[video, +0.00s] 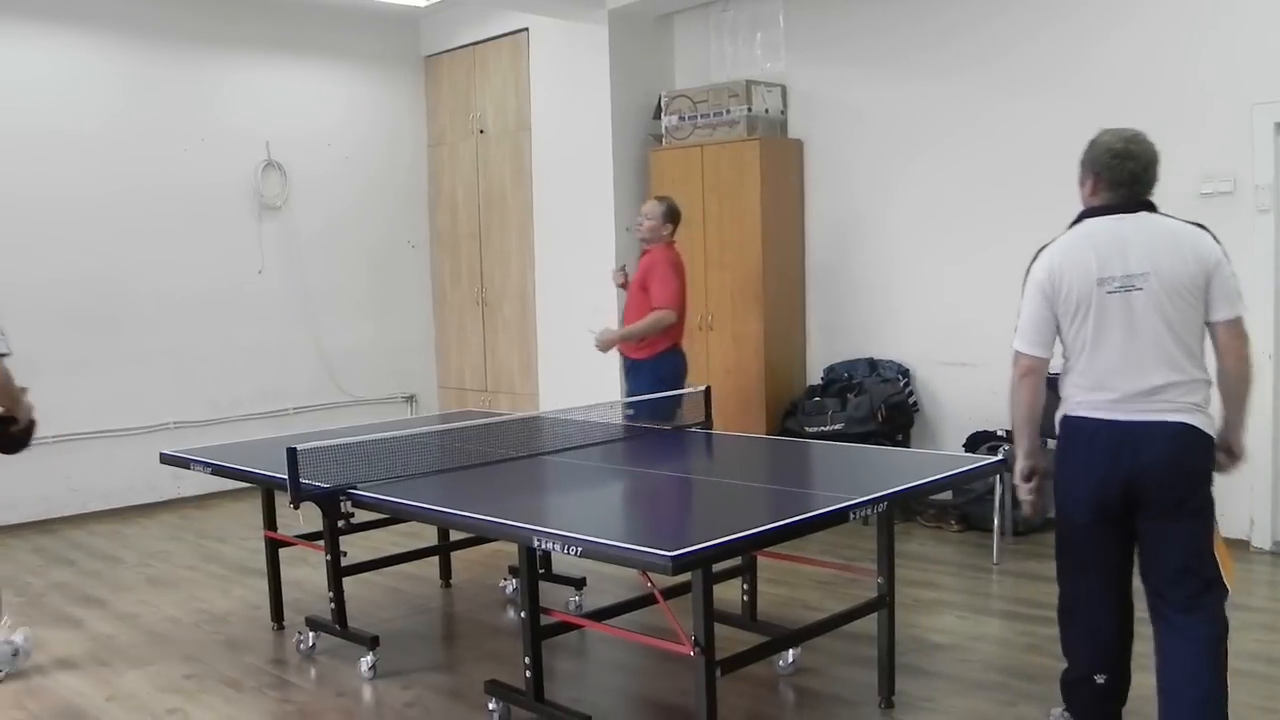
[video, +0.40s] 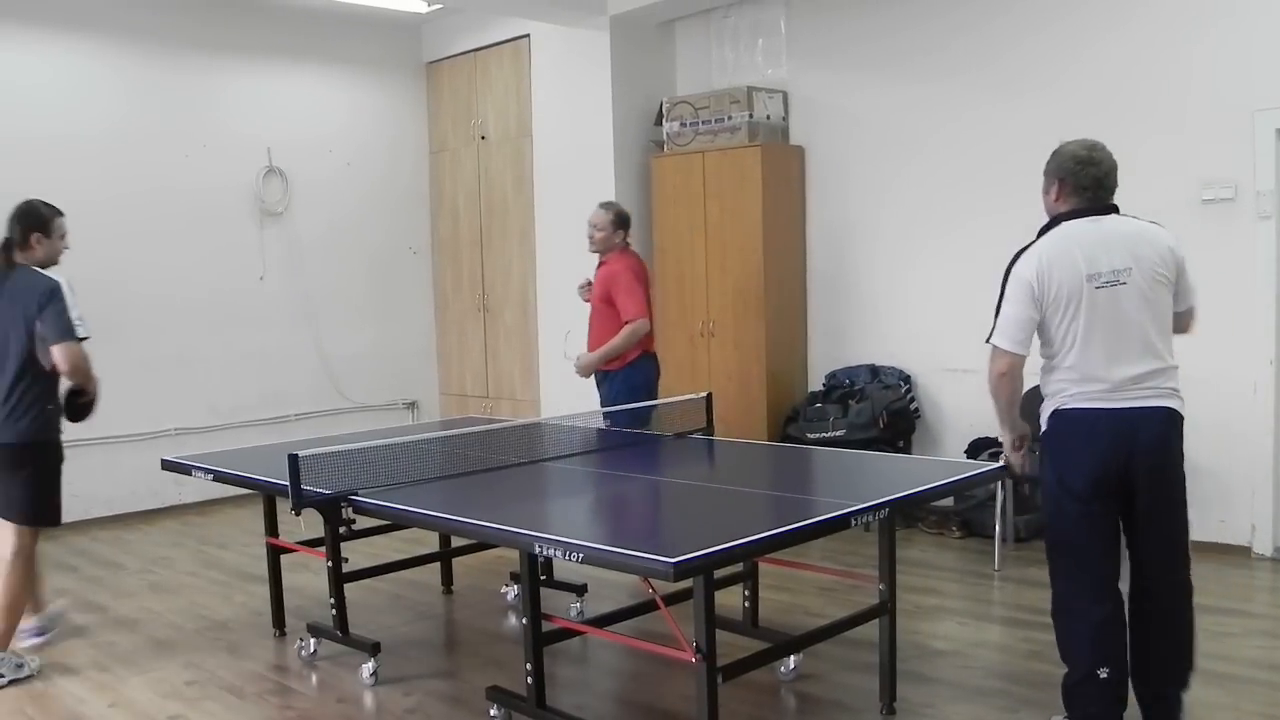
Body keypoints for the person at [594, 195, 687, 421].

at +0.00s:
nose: (639, 222)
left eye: (647, 218)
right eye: (640, 216)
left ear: (666, 229)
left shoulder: (663, 258)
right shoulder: (652, 256)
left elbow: (667, 314)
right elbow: (650, 298)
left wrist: (618, 336)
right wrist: (627, 285)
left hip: (656, 364)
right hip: (645, 362)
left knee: (649, 442)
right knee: (644, 441)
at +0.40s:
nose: (589, 234)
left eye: (597, 229)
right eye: (590, 226)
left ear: (619, 235)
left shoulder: (624, 266)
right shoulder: (611, 261)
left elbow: (640, 324)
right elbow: (621, 299)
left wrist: (596, 359)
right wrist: (595, 293)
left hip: (629, 370)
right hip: (616, 369)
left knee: (627, 450)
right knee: (624, 449)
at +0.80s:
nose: (560, 246)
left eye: (568, 241)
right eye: (559, 238)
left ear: (590, 242)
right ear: (556, 235)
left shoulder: (603, 274)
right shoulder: (584, 263)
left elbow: (632, 327)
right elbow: (595, 295)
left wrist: (598, 371)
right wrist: (571, 300)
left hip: (622, 376)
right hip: (606, 376)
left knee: (629, 452)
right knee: (622, 451)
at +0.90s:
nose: (558, 245)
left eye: (566, 240)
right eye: (556, 238)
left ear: (588, 241)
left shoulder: (601, 273)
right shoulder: (580, 263)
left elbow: (632, 325)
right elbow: (592, 297)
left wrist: (600, 370)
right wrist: (567, 305)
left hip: (621, 375)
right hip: (602, 375)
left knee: (627, 451)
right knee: (620, 449)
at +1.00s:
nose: (557, 246)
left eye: (565, 240)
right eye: (555, 238)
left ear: (587, 242)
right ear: (553, 235)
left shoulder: (601, 274)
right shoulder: (578, 263)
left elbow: (633, 325)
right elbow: (588, 295)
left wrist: (600, 369)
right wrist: (565, 306)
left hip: (619, 375)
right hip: (599, 376)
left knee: (626, 450)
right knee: (618, 449)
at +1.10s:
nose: (558, 245)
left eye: (566, 239)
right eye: (557, 237)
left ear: (588, 241)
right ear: (554, 235)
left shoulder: (603, 274)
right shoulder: (576, 265)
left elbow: (633, 325)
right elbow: (586, 296)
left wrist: (600, 369)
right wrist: (563, 306)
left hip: (617, 375)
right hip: (595, 375)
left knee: (620, 453)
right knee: (610, 450)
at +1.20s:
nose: (563, 242)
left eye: (571, 237)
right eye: (560, 235)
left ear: (592, 238)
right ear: (557, 233)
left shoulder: (606, 275)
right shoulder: (572, 266)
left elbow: (636, 324)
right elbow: (580, 295)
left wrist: (602, 366)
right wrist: (559, 305)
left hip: (615, 376)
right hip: (587, 376)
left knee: (616, 450)